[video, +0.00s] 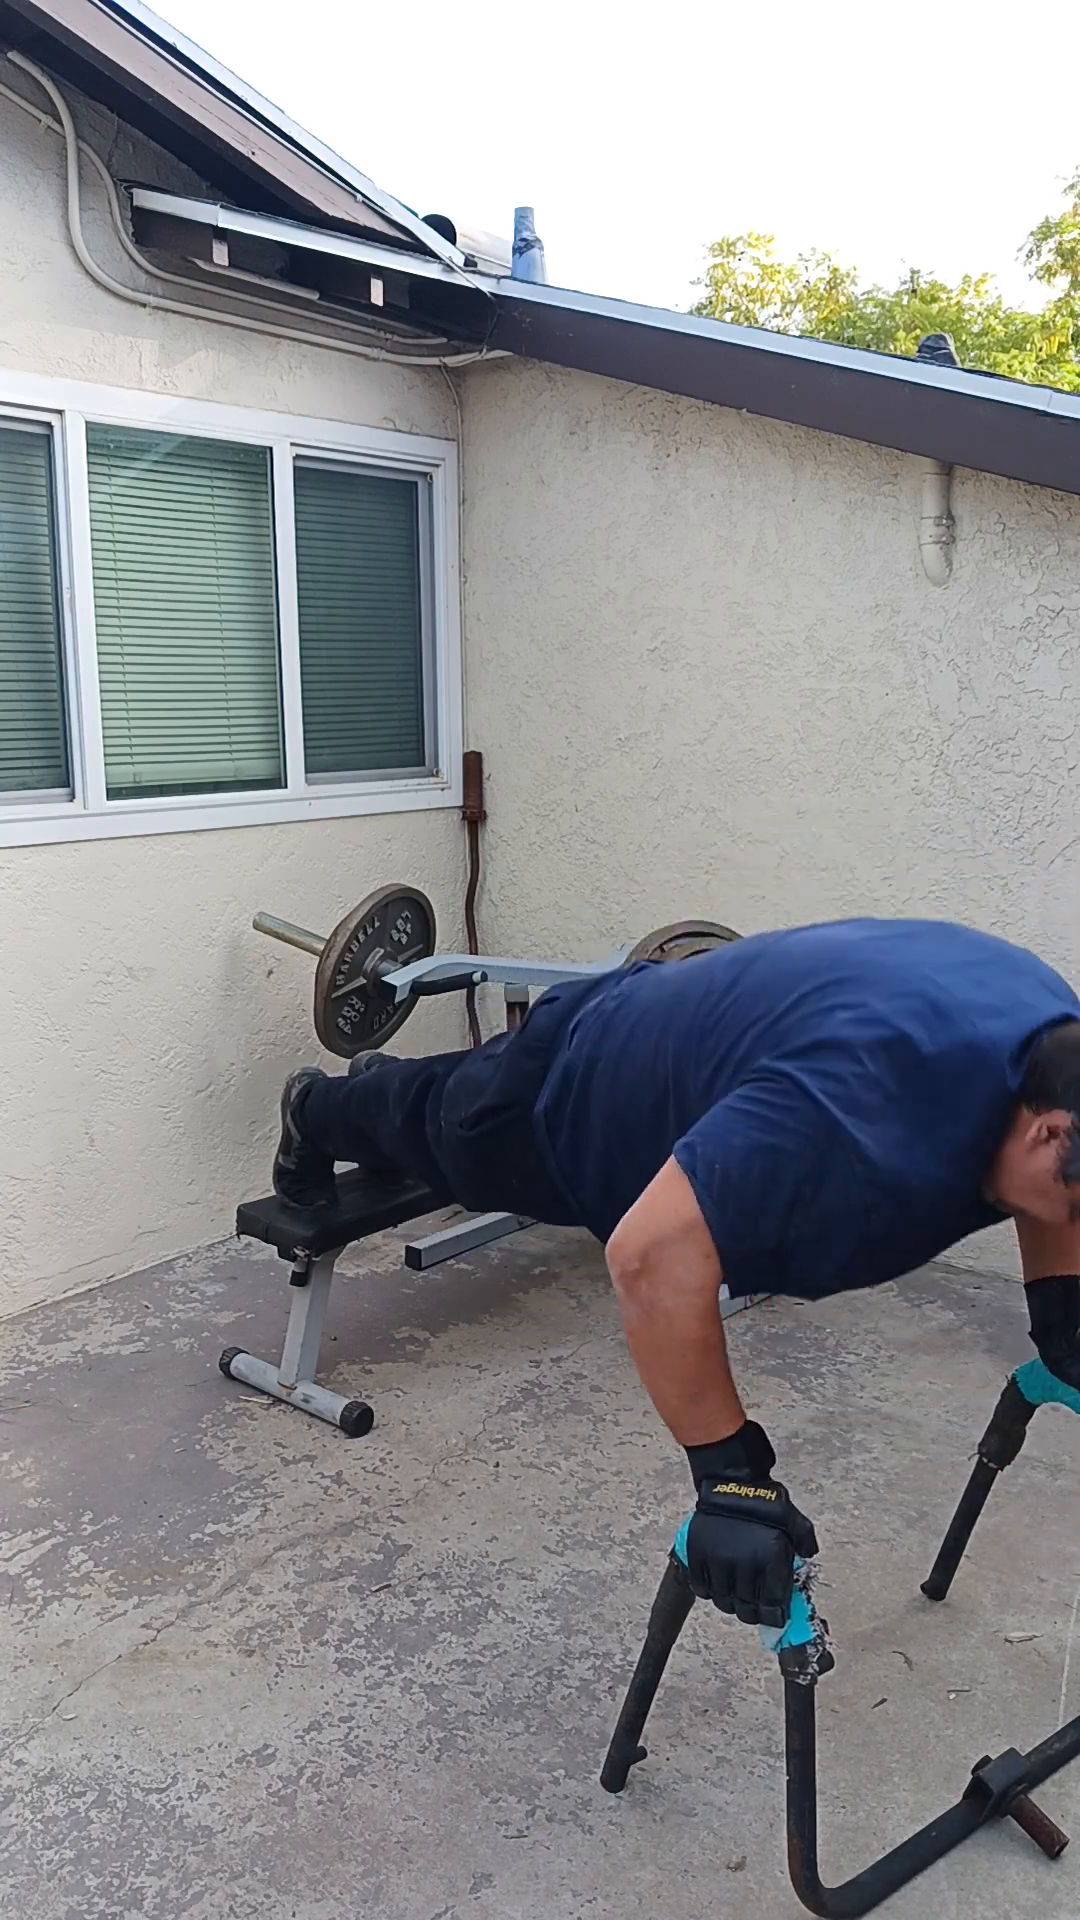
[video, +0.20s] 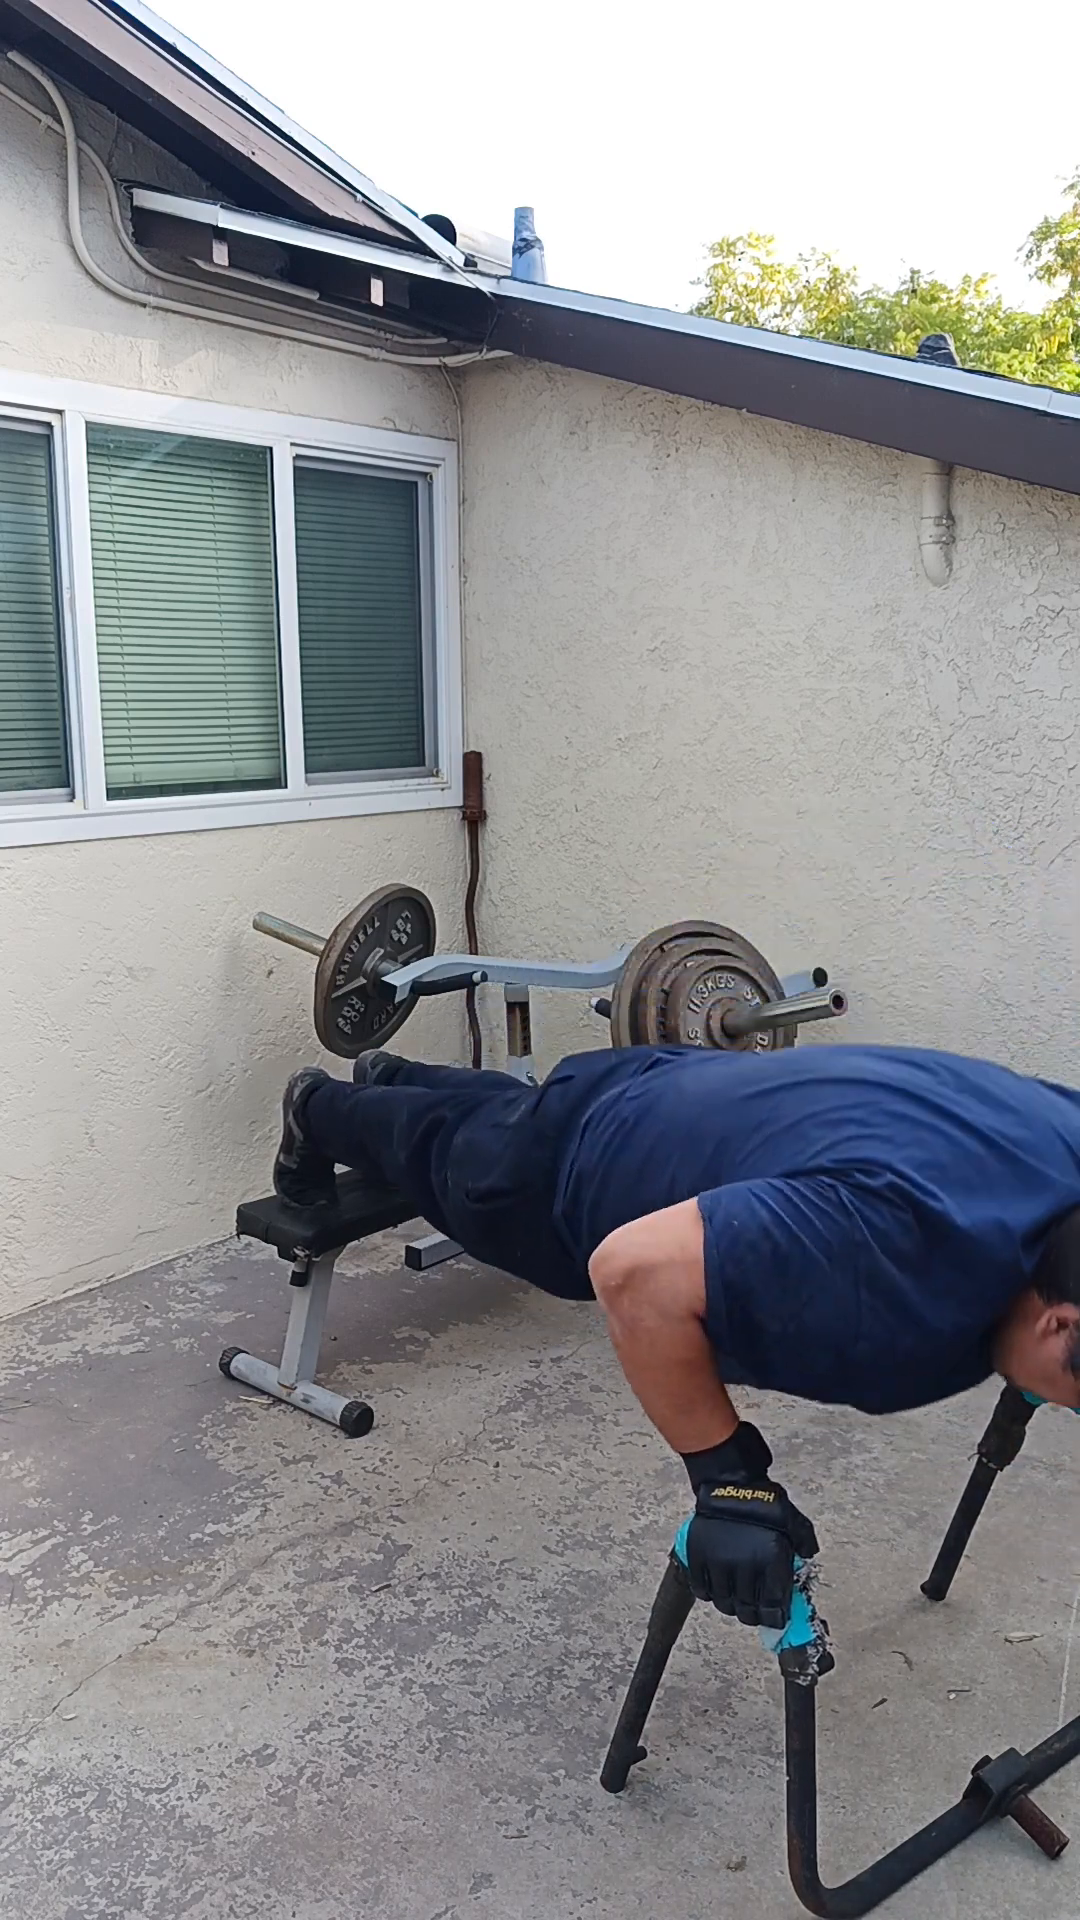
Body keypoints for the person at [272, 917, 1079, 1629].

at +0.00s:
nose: (1062, 1212)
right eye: (1073, 1188)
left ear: (1054, 1135)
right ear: (1045, 1140)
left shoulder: (1050, 1036)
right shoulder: (842, 1116)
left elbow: (1048, 1182)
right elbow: (653, 1260)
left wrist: (1058, 1304)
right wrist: (731, 1477)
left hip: (714, 993)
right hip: (599, 1071)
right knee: (439, 1113)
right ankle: (318, 1107)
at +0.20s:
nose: (1047, 1398)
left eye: (1065, 1392)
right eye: (1062, 1381)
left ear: (1069, 1313)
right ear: (1053, 1322)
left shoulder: (1077, 1144)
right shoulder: (891, 1262)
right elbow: (635, 1279)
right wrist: (730, 1481)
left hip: (717, 1078)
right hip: (601, 1150)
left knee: (530, 1101)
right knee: (442, 1136)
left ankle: (394, 1084)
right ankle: (319, 1104)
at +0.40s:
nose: (1045, 1534)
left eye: (1059, 1530)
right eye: (1062, 1525)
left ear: (1066, 1475)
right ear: (1058, 1476)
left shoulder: (1079, 1247)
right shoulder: (923, 1361)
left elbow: (1057, 1130)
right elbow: (667, 1271)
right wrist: (731, 1482)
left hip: (709, 1139)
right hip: (600, 1211)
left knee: (535, 1127)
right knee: (445, 1176)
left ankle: (391, 1084)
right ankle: (319, 1107)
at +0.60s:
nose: (1034, 1574)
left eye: (1050, 1575)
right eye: (1052, 1567)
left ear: (1058, 1504)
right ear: (1053, 1512)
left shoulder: (1078, 1270)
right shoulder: (929, 1383)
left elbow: (1057, 1131)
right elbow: (684, 1272)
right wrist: (733, 1487)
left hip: (712, 1156)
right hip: (618, 1222)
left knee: (537, 1144)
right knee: (451, 1190)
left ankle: (396, 1084)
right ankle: (324, 1108)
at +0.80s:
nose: (1045, 1450)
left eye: (1062, 1444)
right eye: (1066, 1438)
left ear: (1068, 1375)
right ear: (1063, 1381)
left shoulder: (1073, 1186)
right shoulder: (909, 1283)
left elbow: (1057, 1132)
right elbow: (647, 1284)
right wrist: (729, 1485)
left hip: (701, 1106)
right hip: (596, 1192)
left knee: (534, 1123)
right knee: (446, 1164)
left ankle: (392, 1083)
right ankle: (319, 1108)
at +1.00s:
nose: (1050, 1281)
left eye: (1066, 1274)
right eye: (1064, 1260)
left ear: (1062, 1181)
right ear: (1050, 1190)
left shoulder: (1059, 1078)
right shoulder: (873, 1151)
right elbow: (637, 1276)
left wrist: (1057, 1303)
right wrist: (731, 1481)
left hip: (705, 1033)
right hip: (593, 1113)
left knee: (503, 1104)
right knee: (444, 1122)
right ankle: (316, 1111)